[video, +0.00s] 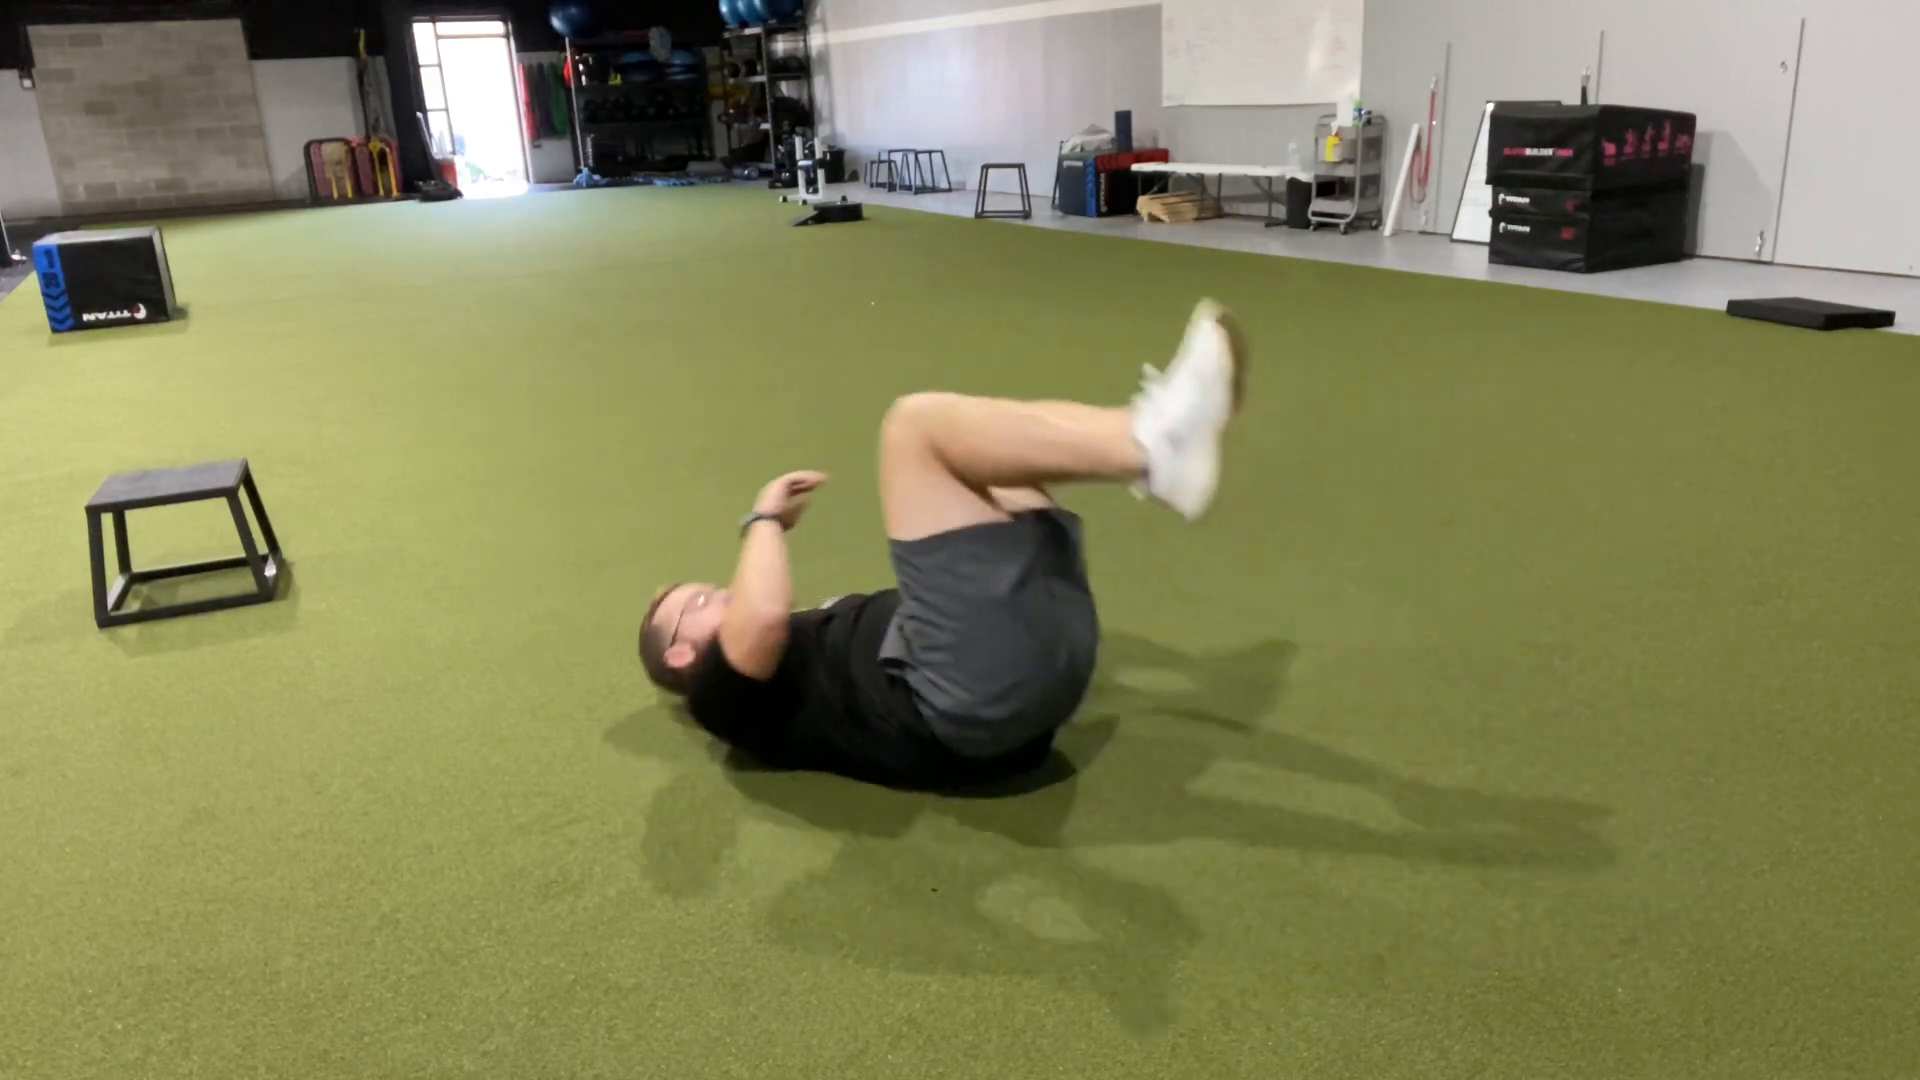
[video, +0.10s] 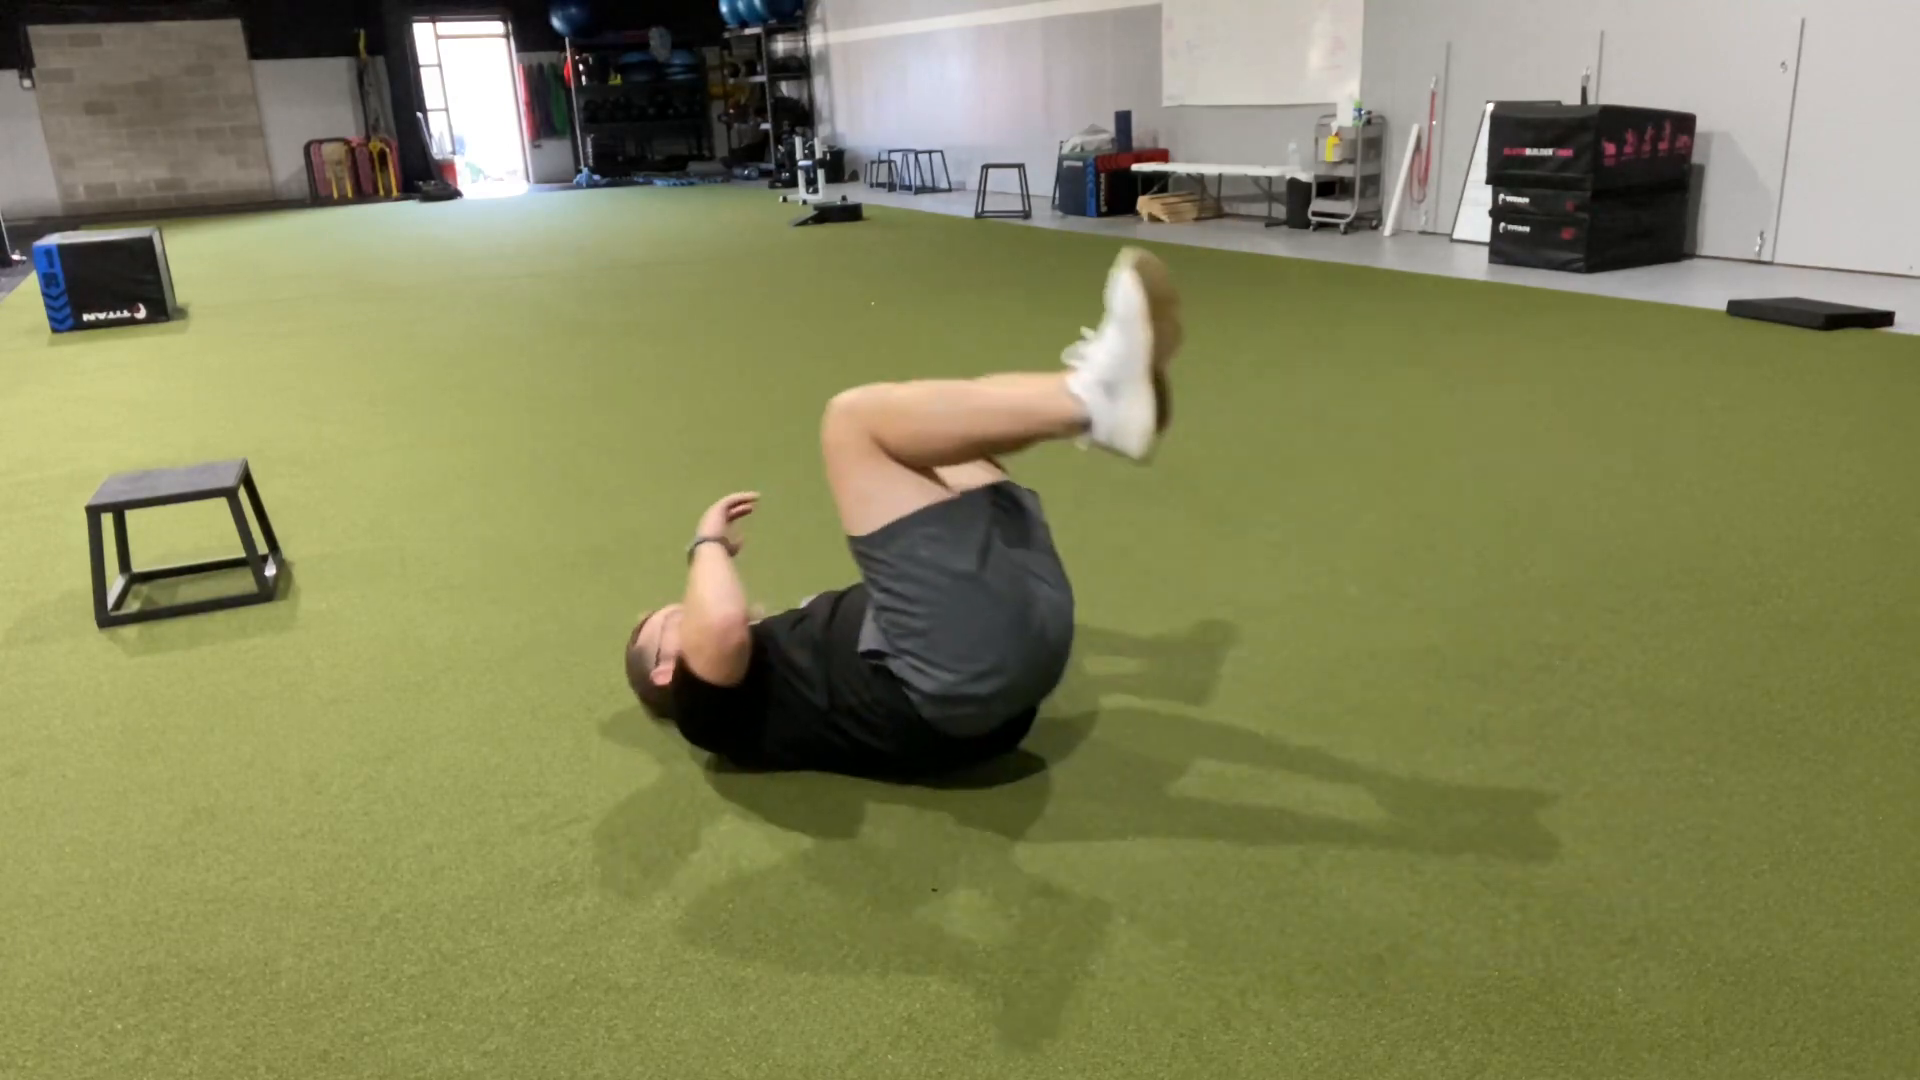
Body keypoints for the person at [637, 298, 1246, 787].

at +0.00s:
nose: (706, 596)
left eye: (702, 590)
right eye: (683, 610)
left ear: (726, 595)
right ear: (681, 660)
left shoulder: (792, 653)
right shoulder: (719, 690)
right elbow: (763, 624)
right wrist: (766, 518)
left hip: (1032, 675)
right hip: (967, 691)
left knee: (989, 453)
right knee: (914, 427)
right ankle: (1149, 449)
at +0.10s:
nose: (676, 617)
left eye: (670, 612)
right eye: (661, 629)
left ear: (695, 620)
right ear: (665, 680)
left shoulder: (788, 665)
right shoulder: (709, 707)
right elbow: (724, 631)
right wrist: (709, 538)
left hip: (1023, 648)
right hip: (950, 668)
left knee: (931, 432)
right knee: (852, 419)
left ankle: (1100, 382)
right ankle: (1088, 402)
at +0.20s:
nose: (667, 616)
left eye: (659, 618)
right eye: (649, 629)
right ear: (652, 682)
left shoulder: (785, 646)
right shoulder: (699, 711)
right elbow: (693, 639)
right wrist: (675, 558)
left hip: (1009, 620)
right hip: (928, 652)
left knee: (902, 425)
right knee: (809, 421)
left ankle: (1067, 371)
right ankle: (1045, 384)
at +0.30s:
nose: (656, 627)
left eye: (648, 625)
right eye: (642, 635)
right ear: (649, 686)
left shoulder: (791, 639)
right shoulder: (702, 713)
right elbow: (684, 654)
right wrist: (663, 560)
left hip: (1006, 600)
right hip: (939, 648)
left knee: (873, 385)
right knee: (781, 428)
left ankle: (1036, 362)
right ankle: (1018, 392)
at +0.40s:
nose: (659, 628)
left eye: (655, 623)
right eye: (643, 638)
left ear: (697, 613)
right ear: (651, 693)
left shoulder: (791, 637)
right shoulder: (707, 717)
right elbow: (693, 669)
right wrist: (668, 556)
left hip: (1008, 589)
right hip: (943, 643)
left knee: (872, 375)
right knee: (774, 434)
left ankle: (1034, 364)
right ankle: (1020, 402)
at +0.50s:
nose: (664, 609)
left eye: (661, 607)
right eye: (648, 624)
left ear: (698, 612)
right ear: (654, 680)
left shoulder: (782, 643)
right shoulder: (704, 724)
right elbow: (711, 684)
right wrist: (685, 550)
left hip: (1003, 590)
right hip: (942, 652)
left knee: (886, 369)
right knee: (791, 433)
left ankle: (1050, 362)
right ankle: (1042, 414)